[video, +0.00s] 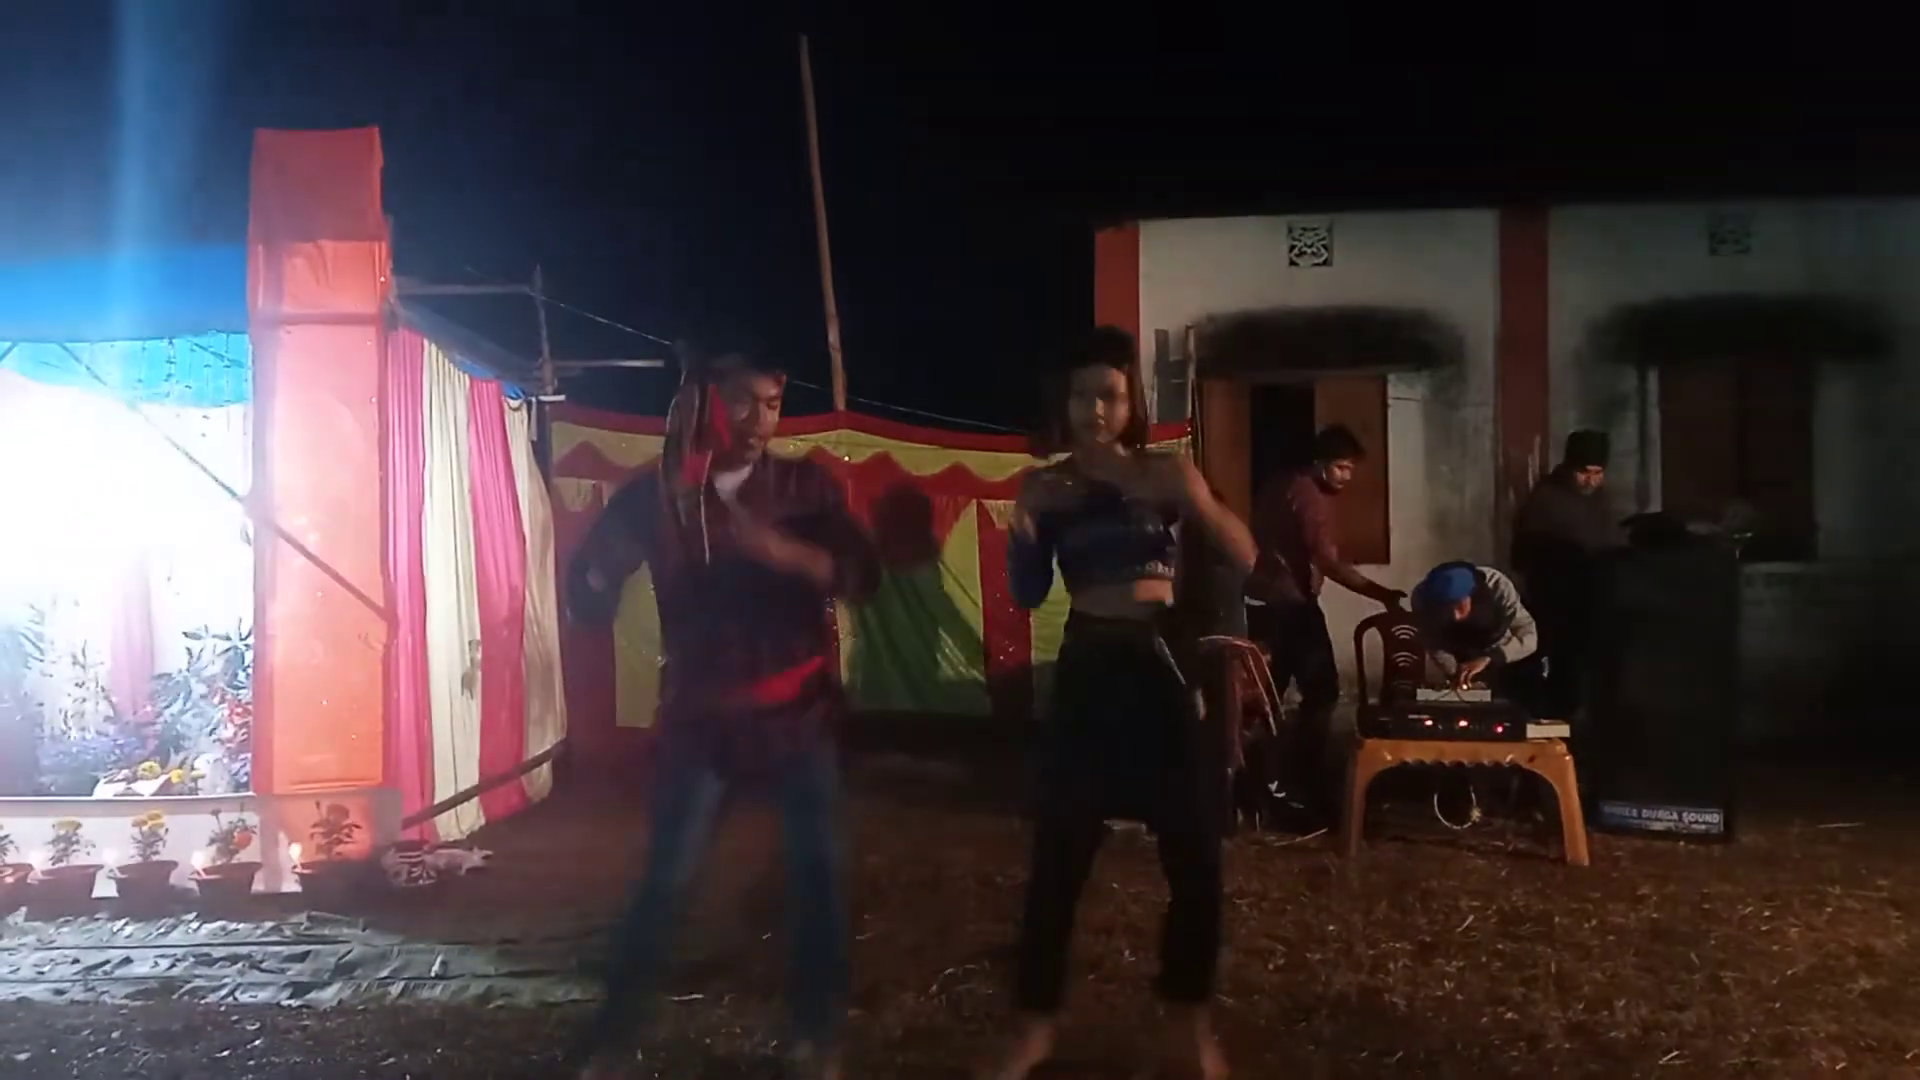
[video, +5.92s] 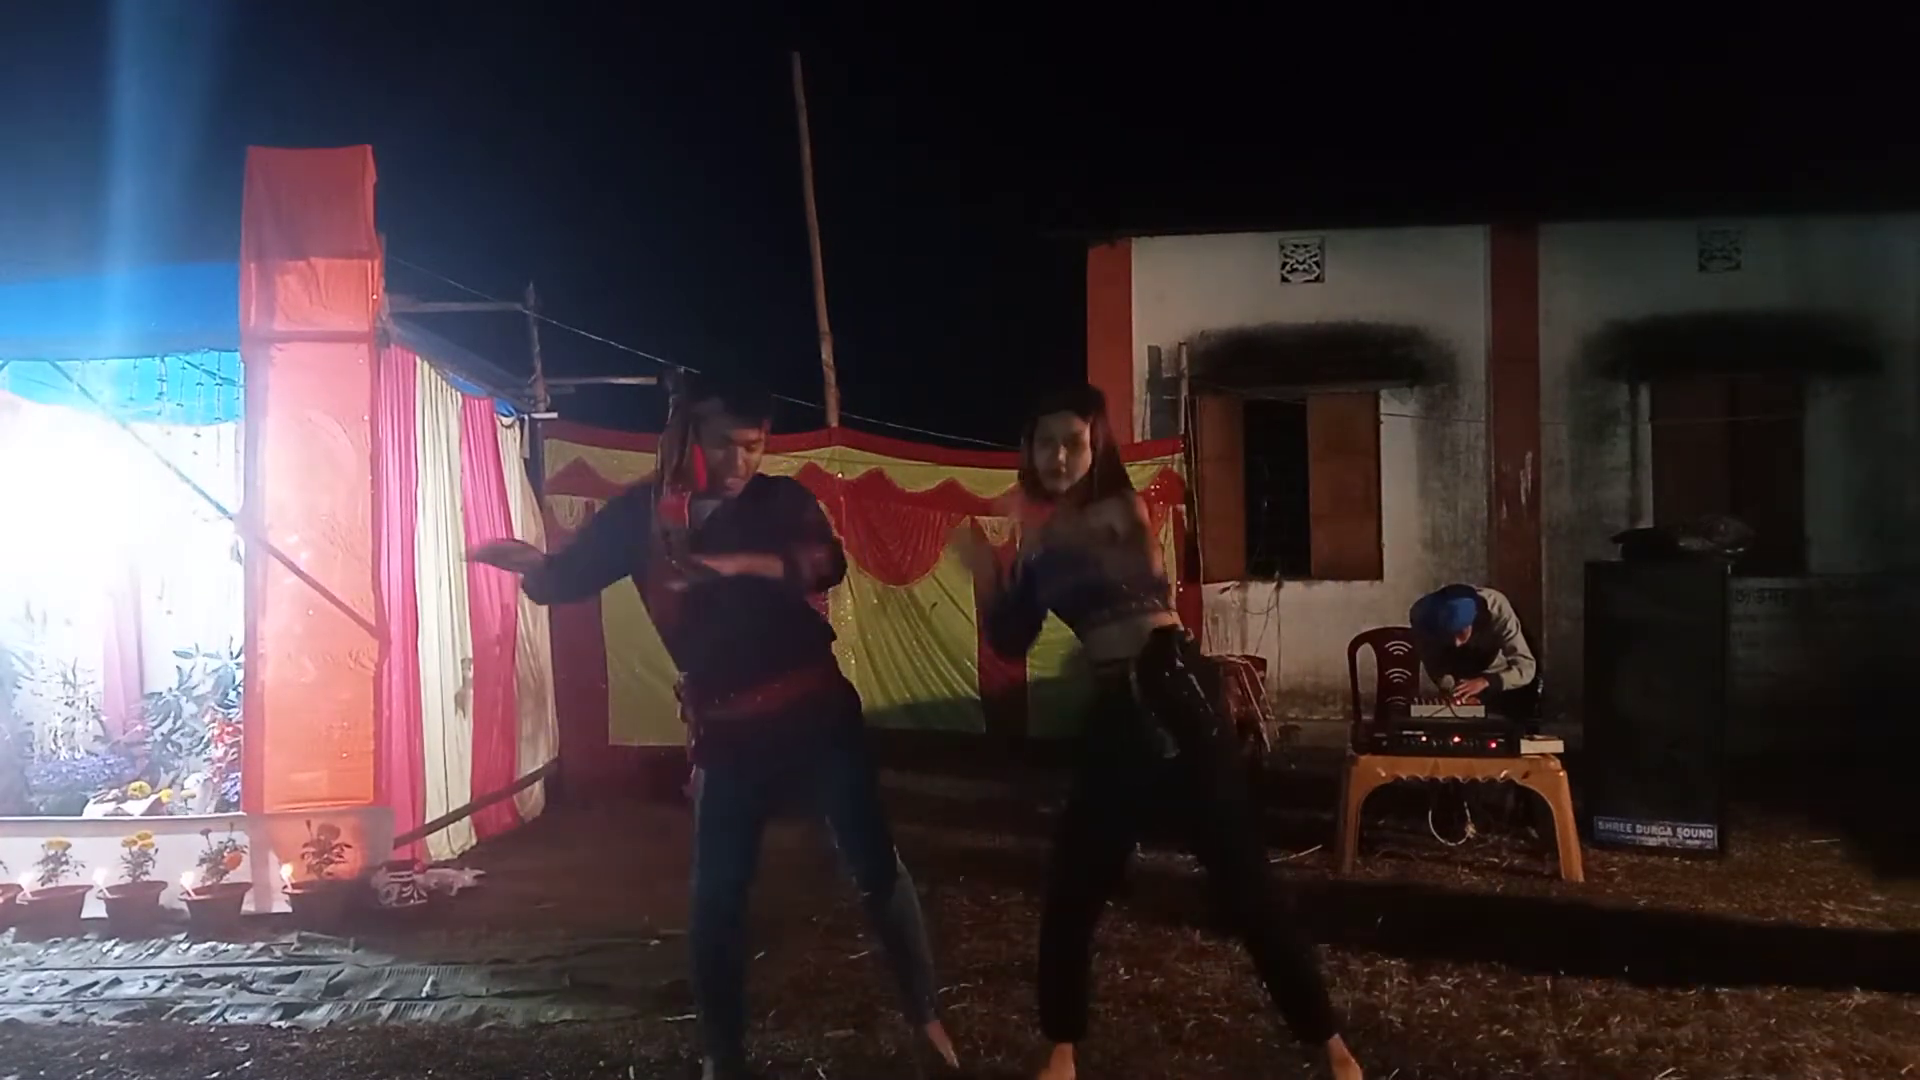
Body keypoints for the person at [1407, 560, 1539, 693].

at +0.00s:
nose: (1456, 617)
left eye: (1461, 608)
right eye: (1450, 610)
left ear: (1471, 595)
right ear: (1437, 602)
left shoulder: (1497, 587)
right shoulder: (1421, 599)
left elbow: (1529, 638)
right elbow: (1432, 643)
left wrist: (1488, 659)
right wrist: (1456, 673)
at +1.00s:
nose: (1458, 629)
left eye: (1463, 620)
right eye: (1452, 623)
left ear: (1474, 608)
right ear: (1440, 616)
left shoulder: (1499, 598)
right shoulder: (1427, 607)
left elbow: (1535, 652)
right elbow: (1436, 655)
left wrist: (1494, 672)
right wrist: (1452, 686)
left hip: (1493, 645)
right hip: (1454, 647)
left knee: (1531, 679)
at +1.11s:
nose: (1458, 630)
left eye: (1462, 620)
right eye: (1451, 623)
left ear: (1473, 608)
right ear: (1440, 617)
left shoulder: (1500, 599)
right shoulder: (1430, 609)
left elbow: (1532, 654)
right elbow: (1435, 658)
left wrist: (1494, 677)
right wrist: (1458, 684)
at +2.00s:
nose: (1454, 636)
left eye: (1459, 627)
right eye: (1447, 630)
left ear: (1470, 616)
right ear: (1436, 622)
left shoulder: (1498, 607)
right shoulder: (1421, 612)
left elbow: (1521, 662)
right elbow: (1430, 662)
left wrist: (1484, 685)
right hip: (1447, 654)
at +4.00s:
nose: (1453, 637)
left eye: (1458, 629)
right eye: (1447, 630)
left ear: (1469, 619)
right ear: (1438, 623)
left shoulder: (1498, 610)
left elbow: (1522, 665)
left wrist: (1488, 680)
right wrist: (1449, 689)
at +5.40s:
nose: (1456, 643)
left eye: (1461, 635)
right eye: (1450, 637)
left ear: (1472, 622)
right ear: (1438, 627)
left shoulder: (1496, 607)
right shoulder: (1421, 614)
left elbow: (1526, 666)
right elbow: (1433, 663)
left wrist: (1486, 681)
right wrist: (1456, 692)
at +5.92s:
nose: (1457, 643)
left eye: (1462, 635)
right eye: (1450, 637)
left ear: (1472, 621)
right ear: (1438, 627)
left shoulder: (1496, 607)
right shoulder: (1421, 614)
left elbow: (1525, 667)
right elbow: (1432, 663)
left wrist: (1486, 682)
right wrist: (1455, 691)